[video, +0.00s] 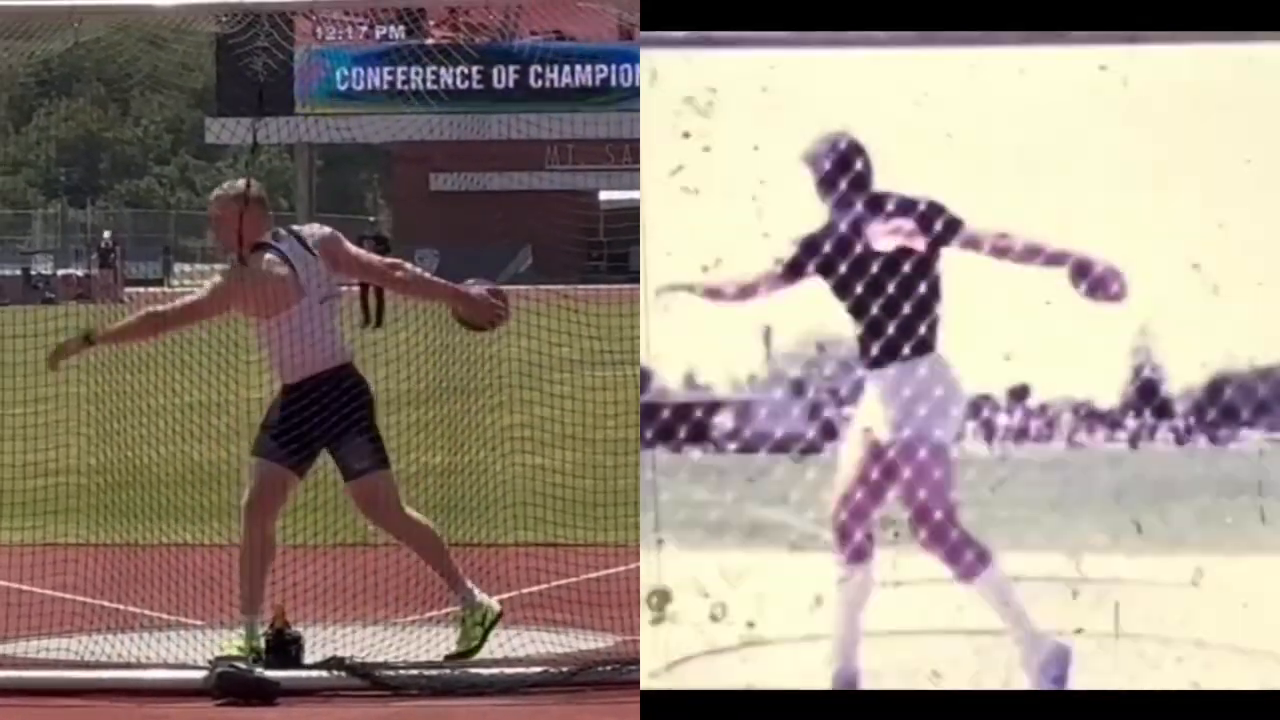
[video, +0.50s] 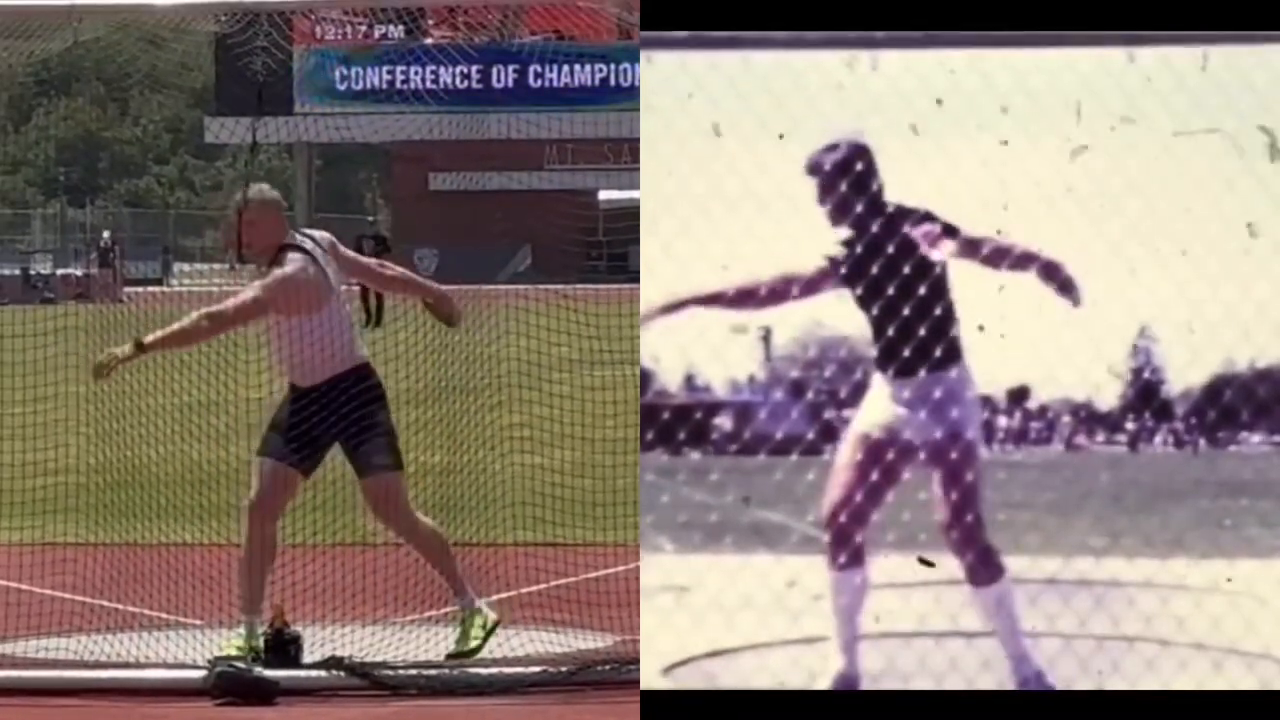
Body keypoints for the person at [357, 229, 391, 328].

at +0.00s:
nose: (372, 226)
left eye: (374, 223)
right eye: (370, 223)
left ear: (378, 224)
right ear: (366, 224)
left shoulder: (382, 239)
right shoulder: (362, 238)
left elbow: (387, 250)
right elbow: (356, 252)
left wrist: (375, 251)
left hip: (377, 270)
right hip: (364, 269)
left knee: (379, 296)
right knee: (363, 296)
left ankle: (378, 321)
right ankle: (366, 319)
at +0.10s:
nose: (373, 226)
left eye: (376, 222)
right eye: (370, 222)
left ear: (379, 224)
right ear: (366, 225)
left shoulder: (382, 239)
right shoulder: (361, 238)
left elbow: (387, 252)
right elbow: (356, 253)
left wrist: (374, 250)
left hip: (377, 272)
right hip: (364, 271)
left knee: (379, 296)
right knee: (363, 296)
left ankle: (378, 319)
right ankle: (367, 317)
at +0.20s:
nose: (373, 225)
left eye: (376, 221)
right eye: (370, 221)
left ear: (379, 224)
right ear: (366, 225)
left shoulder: (382, 240)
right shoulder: (361, 239)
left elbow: (387, 253)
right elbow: (357, 255)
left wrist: (374, 251)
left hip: (378, 272)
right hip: (364, 272)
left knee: (379, 296)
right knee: (364, 296)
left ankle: (379, 319)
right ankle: (368, 317)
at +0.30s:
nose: (372, 226)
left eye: (374, 223)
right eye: (370, 223)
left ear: (377, 224)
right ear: (367, 225)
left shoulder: (381, 239)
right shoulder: (360, 239)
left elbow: (387, 253)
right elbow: (356, 254)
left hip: (377, 272)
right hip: (363, 271)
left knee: (379, 297)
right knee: (363, 297)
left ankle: (378, 319)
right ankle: (368, 317)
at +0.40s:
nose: (372, 226)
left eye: (374, 222)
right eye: (370, 223)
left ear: (377, 224)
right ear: (366, 225)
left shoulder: (382, 239)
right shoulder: (360, 239)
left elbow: (387, 253)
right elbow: (356, 255)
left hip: (377, 272)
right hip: (363, 272)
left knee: (379, 297)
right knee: (364, 296)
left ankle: (378, 318)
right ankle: (368, 316)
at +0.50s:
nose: (372, 225)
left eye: (374, 222)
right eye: (370, 222)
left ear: (377, 224)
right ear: (366, 225)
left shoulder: (381, 239)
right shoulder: (360, 239)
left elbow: (387, 251)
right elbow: (357, 254)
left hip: (378, 271)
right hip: (363, 271)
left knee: (378, 296)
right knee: (364, 296)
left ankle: (378, 319)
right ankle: (368, 317)